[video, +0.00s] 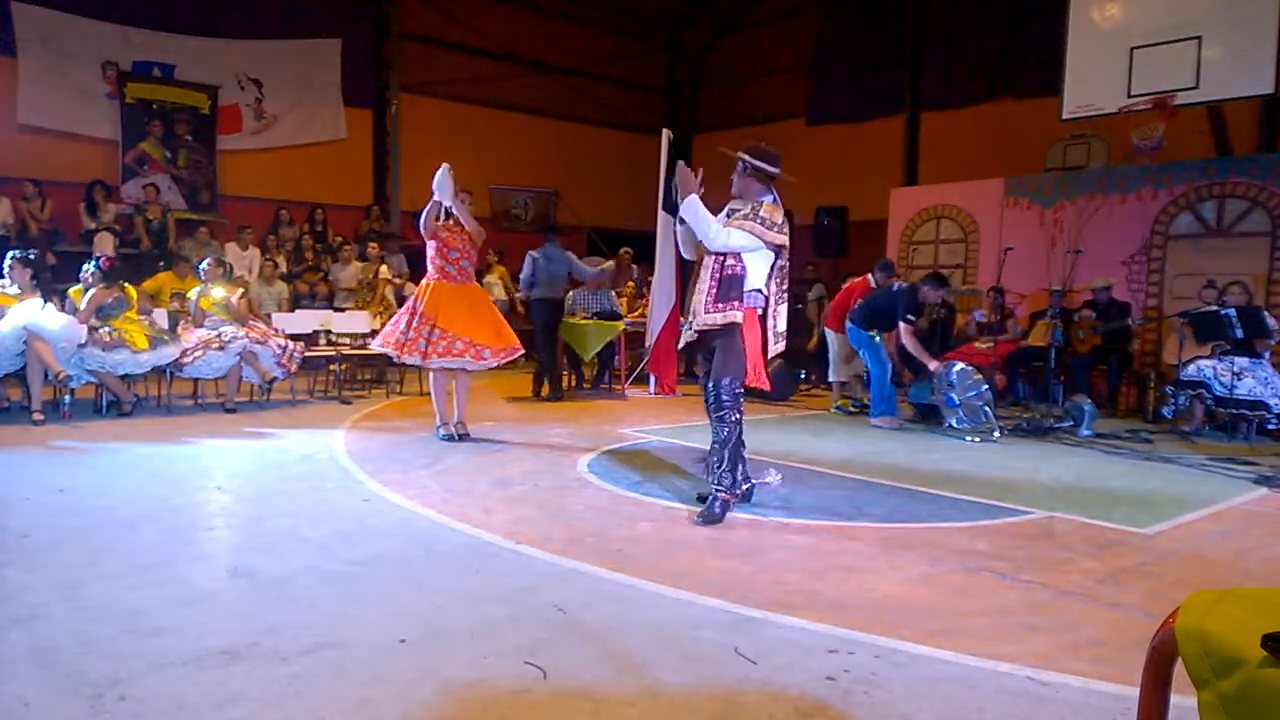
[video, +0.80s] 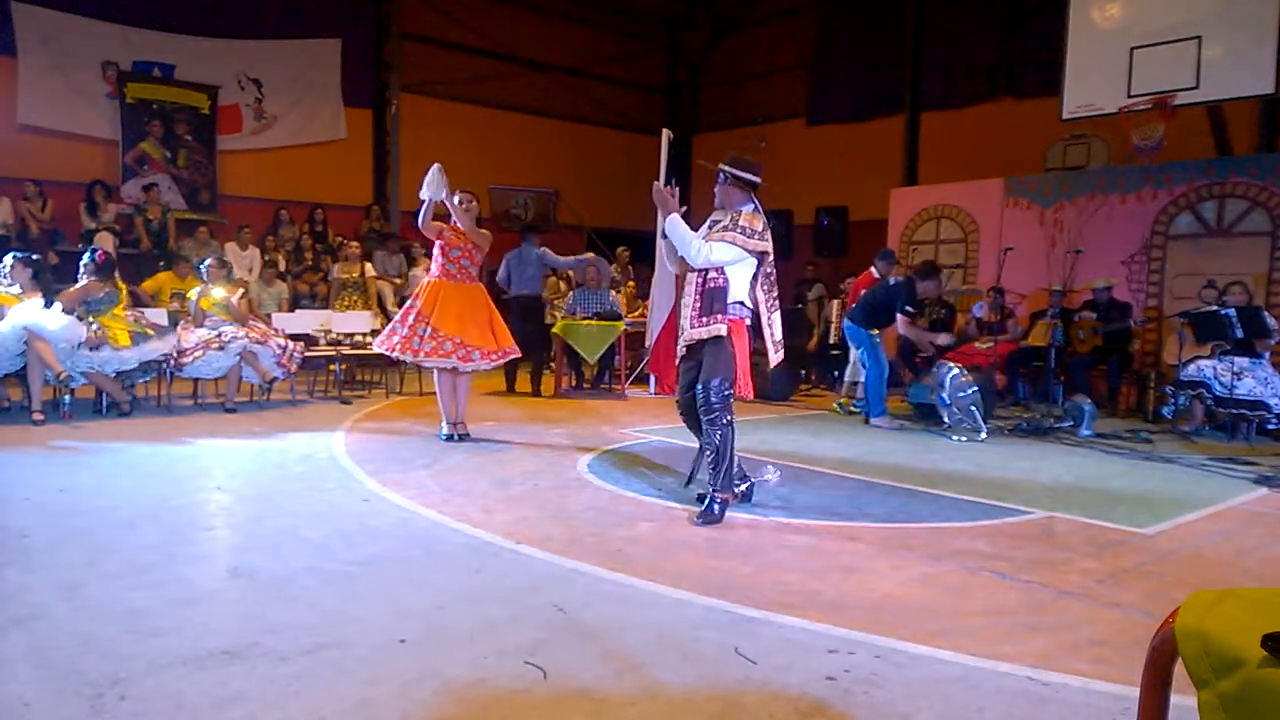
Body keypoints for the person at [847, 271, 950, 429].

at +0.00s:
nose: (939, 301)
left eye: (941, 298)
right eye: (938, 297)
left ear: (927, 288)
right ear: (928, 289)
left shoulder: (913, 295)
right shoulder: (909, 297)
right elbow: (906, 337)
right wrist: (929, 362)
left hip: (871, 328)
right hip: (862, 328)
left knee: (883, 367)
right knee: (881, 367)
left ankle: (885, 413)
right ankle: (880, 414)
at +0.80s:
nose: (940, 288)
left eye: (940, 283)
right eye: (938, 283)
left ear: (923, 280)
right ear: (928, 282)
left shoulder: (908, 288)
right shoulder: (907, 290)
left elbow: (907, 327)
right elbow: (903, 328)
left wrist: (927, 347)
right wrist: (935, 338)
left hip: (865, 326)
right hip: (858, 326)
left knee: (877, 366)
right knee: (878, 366)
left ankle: (874, 412)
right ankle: (877, 415)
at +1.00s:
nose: (933, 285)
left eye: (934, 280)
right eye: (932, 280)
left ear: (916, 273)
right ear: (925, 278)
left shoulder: (901, 282)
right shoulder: (911, 291)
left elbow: (893, 316)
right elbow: (926, 321)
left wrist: (912, 329)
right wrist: (934, 321)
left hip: (855, 323)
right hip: (863, 328)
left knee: (874, 368)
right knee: (882, 368)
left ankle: (872, 411)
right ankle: (879, 414)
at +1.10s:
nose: (932, 284)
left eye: (933, 280)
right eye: (932, 280)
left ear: (914, 272)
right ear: (926, 278)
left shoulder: (897, 279)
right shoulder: (913, 291)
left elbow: (894, 314)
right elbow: (929, 324)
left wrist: (911, 325)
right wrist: (932, 318)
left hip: (854, 323)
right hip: (865, 328)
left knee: (873, 368)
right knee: (884, 368)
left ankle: (871, 410)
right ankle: (879, 414)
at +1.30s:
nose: (930, 282)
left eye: (932, 278)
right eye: (931, 278)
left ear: (913, 270)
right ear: (925, 277)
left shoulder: (897, 280)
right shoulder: (911, 291)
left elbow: (895, 314)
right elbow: (921, 328)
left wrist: (918, 318)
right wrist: (947, 324)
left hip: (851, 323)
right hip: (864, 328)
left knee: (872, 368)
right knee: (884, 368)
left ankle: (871, 410)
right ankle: (878, 414)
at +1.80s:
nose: (928, 283)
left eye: (929, 278)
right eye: (928, 278)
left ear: (911, 271)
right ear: (920, 275)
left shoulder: (894, 281)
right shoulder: (907, 289)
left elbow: (899, 325)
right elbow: (910, 326)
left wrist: (920, 337)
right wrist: (928, 338)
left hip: (853, 323)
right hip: (863, 328)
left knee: (872, 367)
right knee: (882, 368)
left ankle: (871, 411)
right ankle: (879, 414)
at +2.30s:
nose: (930, 291)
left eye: (932, 286)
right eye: (930, 285)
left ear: (917, 278)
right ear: (920, 280)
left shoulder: (898, 286)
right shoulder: (904, 291)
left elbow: (888, 326)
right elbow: (895, 326)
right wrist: (905, 357)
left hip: (859, 324)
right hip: (861, 326)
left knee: (871, 368)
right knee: (877, 367)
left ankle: (870, 410)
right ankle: (878, 413)